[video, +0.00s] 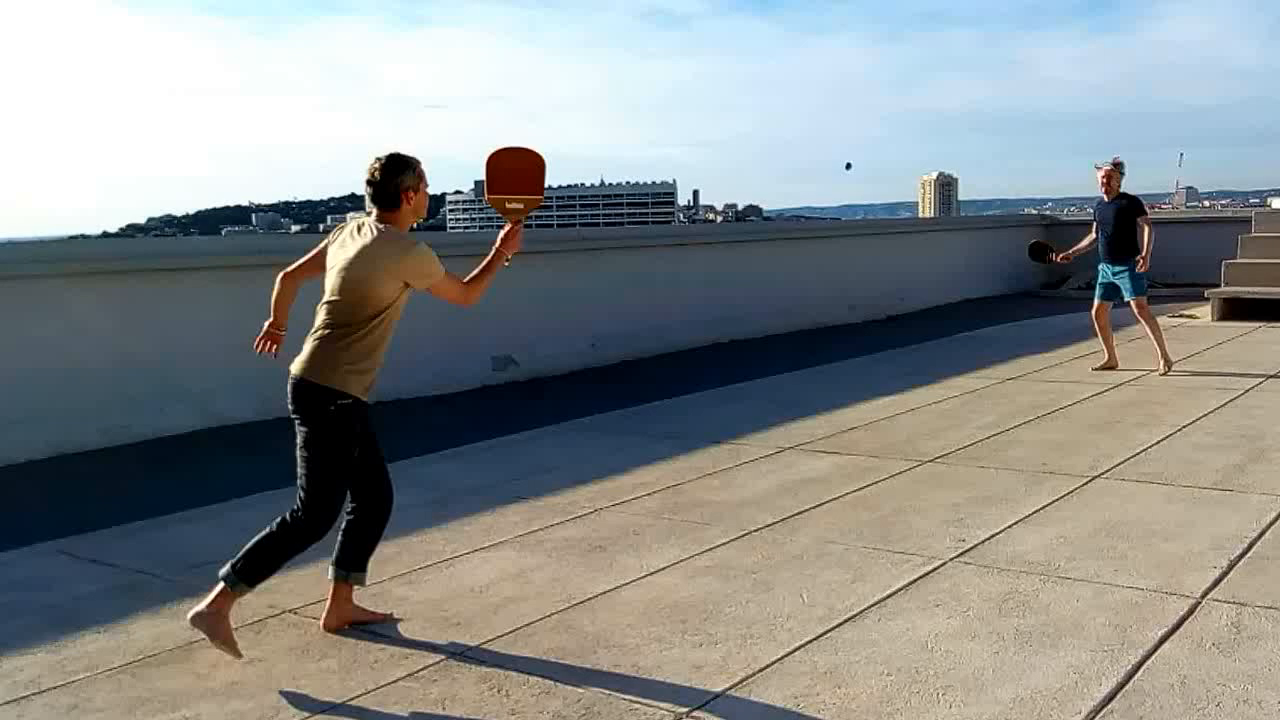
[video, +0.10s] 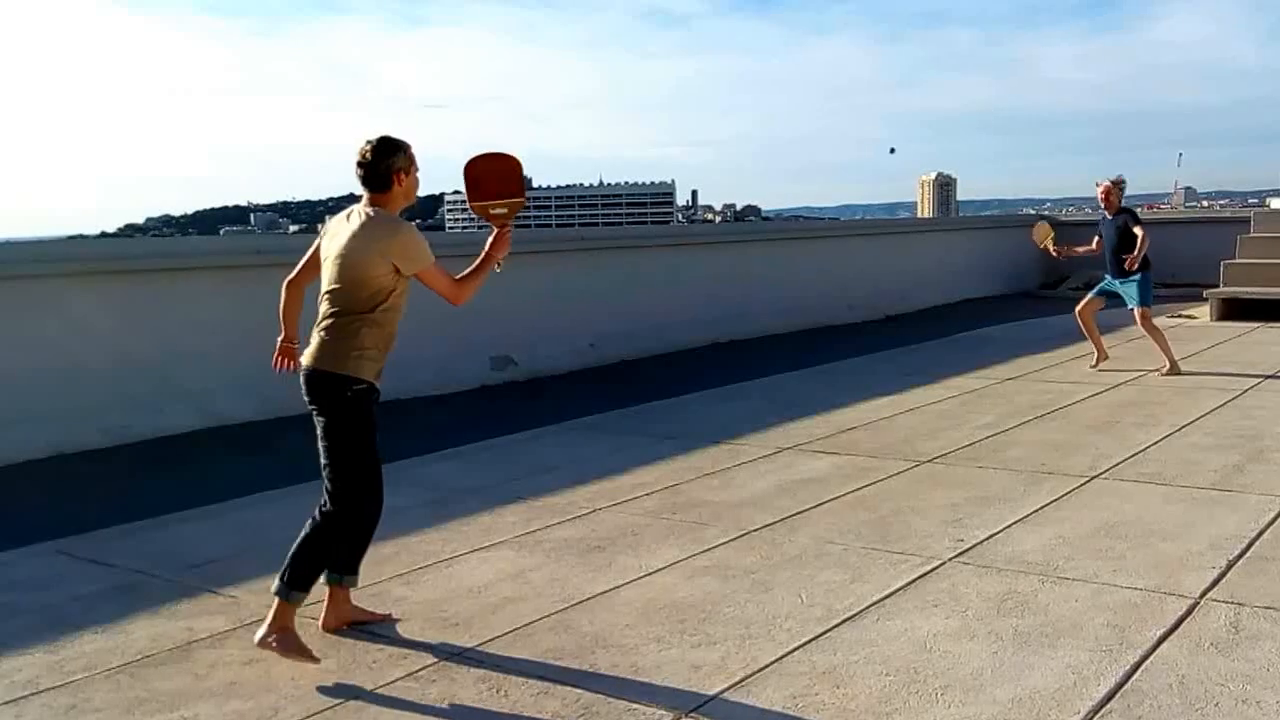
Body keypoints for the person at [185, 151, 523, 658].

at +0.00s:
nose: (427, 196)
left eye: (424, 187)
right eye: (423, 189)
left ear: (380, 195)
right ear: (408, 196)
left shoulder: (350, 230)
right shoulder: (407, 253)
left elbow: (288, 277)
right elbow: (466, 293)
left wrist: (275, 323)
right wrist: (502, 250)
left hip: (331, 389)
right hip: (327, 393)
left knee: (374, 497)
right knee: (314, 514)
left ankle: (340, 605)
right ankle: (216, 606)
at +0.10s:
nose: (417, 180)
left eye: (415, 171)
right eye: (414, 172)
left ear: (369, 178)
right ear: (400, 178)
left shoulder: (340, 222)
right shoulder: (399, 235)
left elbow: (294, 284)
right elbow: (457, 292)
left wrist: (287, 335)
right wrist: (493, 251)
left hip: (327, 373)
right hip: (344, 380)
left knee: (364, 495)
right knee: (343, 502)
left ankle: (339, 606)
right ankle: (277, 623)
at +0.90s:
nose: (439, 205)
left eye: (435, 198)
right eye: (434, 199)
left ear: (396, 213)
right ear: (417, 211)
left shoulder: (382, 257)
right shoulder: (401, 270)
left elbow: (446, 317)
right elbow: (380, 359)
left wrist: (511, 346)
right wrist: (436, 415)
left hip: (341, 414)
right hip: (376, 418)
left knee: (370, 506)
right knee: (482, 500)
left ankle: (325, 614)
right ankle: (454, 633)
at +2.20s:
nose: (694, 189)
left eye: (693, 179)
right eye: (693, 180)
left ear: (640, 179)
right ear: (683, 180)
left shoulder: (598, 224)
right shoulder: (685, 236)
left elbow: (537, 281)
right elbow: (690, 332)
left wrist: (538, 352)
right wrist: (695, 377)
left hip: (572, 373)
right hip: (623, 380)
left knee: (618, 495)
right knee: (684, 509)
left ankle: (614, 624)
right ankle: (644, 648)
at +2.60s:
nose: (698, 201)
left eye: (695, 192)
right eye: (695, 193)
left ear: (649, 200)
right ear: (681, 202)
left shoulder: (651, 257)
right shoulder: (640, 265)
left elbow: (681, 326)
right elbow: (626, 366)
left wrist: (754, 343)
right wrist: (680, 424)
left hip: (604, 408)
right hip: (620, 415)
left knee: (619, 507)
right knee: (711, 518)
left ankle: (555, 611)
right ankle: (700, 666)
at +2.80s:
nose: (704, 223)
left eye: (702, 214)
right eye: (699, 215)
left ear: (665, 225)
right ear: (678, 227)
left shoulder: (668, 269)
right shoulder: (638, 288)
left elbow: (723, 295)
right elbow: (670, 387)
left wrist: (799, 294)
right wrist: (738, 404)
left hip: (626, 421)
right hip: (627, 432)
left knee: (636, 517)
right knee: (731, 527)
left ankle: (551, 606)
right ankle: (691, 667)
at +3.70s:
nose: (562, 155)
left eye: (559, 146)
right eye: (560, 146)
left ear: (510, 153)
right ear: (549, 150)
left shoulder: (479, 205)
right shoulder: (556, 204)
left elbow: (449, 287)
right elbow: (571, 294)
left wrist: (433, 354)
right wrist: (584, 338)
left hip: (478, 355)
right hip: (528, 359)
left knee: (497, 469)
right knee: (557, 485)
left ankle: (480, 593)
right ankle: (542, 618)